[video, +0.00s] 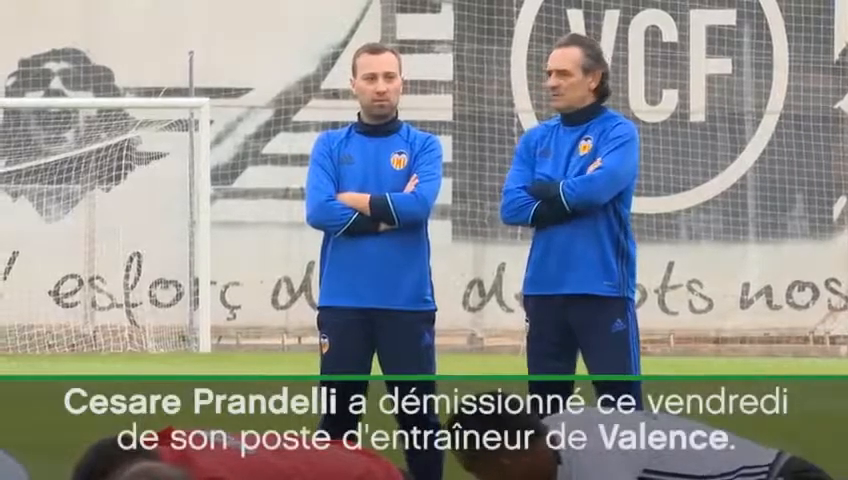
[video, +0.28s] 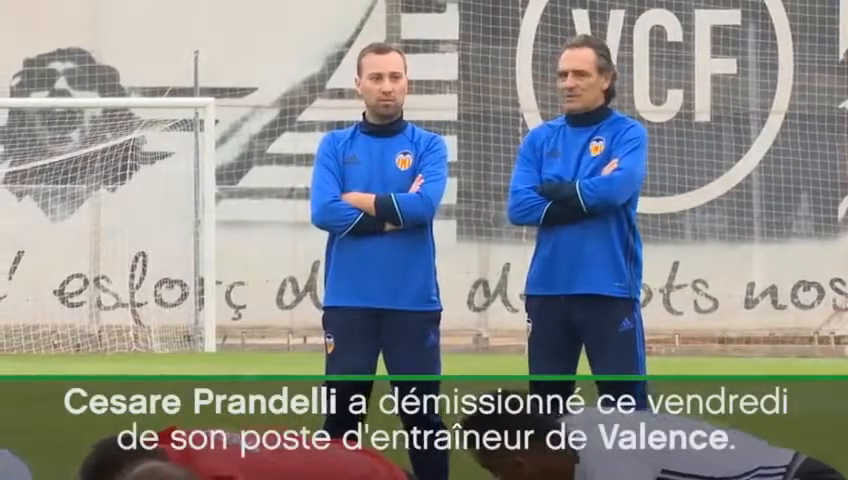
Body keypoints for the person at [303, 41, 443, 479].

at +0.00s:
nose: (381, 87)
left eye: (389, 77)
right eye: (370, 78)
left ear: (402, 84)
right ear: (353, 86)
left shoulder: (424, 144)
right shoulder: (330, 144)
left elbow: (418, 207)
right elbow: (318, 212)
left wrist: (348, 198)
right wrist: (391, 214)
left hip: (407, 303)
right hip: (342, 303)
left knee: (418, 415)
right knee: (337, 417)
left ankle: (427, 479)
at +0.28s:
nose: (386, 87)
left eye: (395, 77)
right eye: (376, 78)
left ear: (407, 85)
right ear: (359, 86)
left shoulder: (430, 144)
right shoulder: (335, 144)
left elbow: (423, 208)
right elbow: (324, 212)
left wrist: (351, 198)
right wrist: (396, 214)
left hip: (413, 302)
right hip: (348, 302)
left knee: (422, 416)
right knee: (341, 416)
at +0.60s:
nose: (393, 85)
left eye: (402, 76)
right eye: (382, 76)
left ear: (413, 83)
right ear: (365, 84)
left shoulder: (436, 143)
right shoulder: (341, 142)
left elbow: (429, 206)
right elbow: (330, 211)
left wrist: (358, 197)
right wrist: (403, 212)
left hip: (419, 301)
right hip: (354, 301)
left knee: (430, 416)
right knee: (348, 416)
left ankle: (438, 478)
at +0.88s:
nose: (395, 85)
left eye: (404, 75)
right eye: (385, 76)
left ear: (416, 82)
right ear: (367, 84)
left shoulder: (438, 143)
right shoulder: (343, 142)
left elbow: (431, 206)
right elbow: (332, 211)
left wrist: (361, 197)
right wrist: (405, 212)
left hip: (421, 302)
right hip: (356, 302)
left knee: (431, 416)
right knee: (351, 417)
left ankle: (441, 478)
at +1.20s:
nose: (397, 84)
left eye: (405, 75)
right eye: (386, 76)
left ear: (417, 82)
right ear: (369, 84)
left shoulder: (438, 142)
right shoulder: (344, 142)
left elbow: (432, 206)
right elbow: (333, 210)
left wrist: (362, 196)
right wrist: (405, 212)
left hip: (422, 302)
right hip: (357, 301)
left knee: (432, 416)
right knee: (351, 418)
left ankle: (442, 479)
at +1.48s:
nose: (398, 84)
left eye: (406, 75)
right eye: (387, 76)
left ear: (417, 82)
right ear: (369, 83)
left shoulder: (439, 142)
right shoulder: (345, 142)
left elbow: (434, 205)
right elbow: (333, 210)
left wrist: (363, 196)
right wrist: (406, 212)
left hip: (423, 301)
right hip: (358, 301)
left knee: (433, 416)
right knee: (352, 418)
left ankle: (442, 479)